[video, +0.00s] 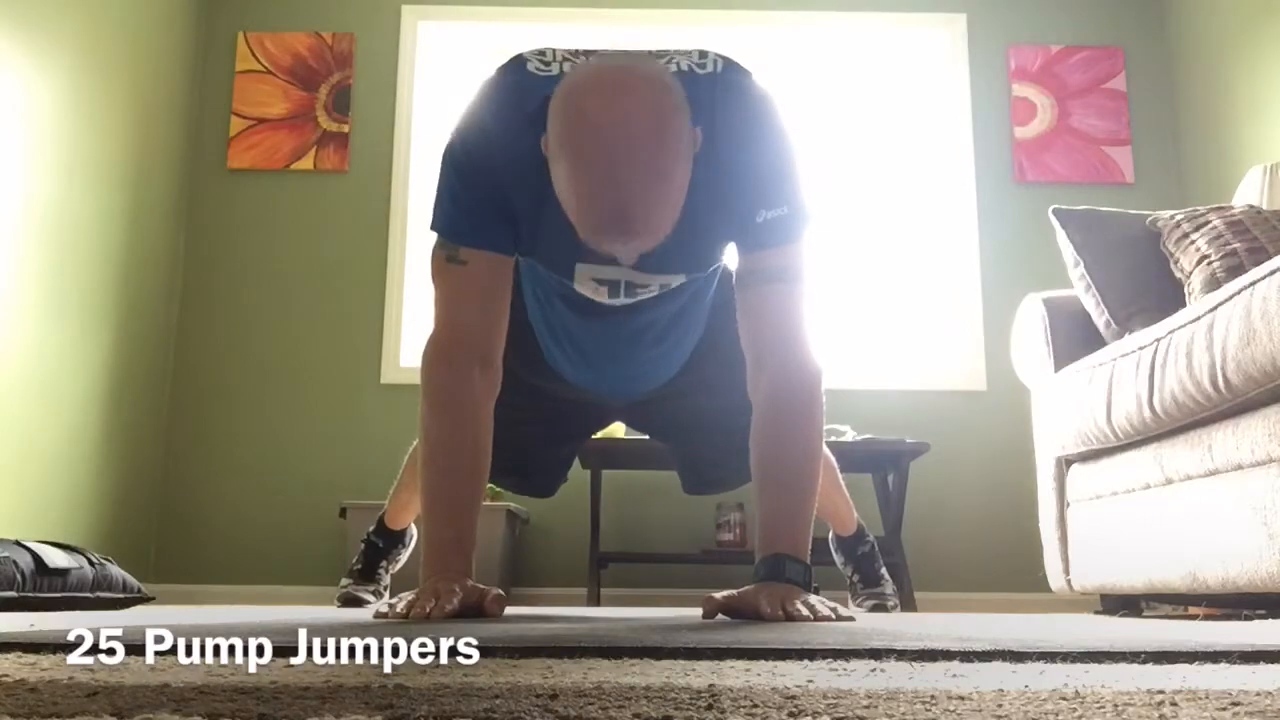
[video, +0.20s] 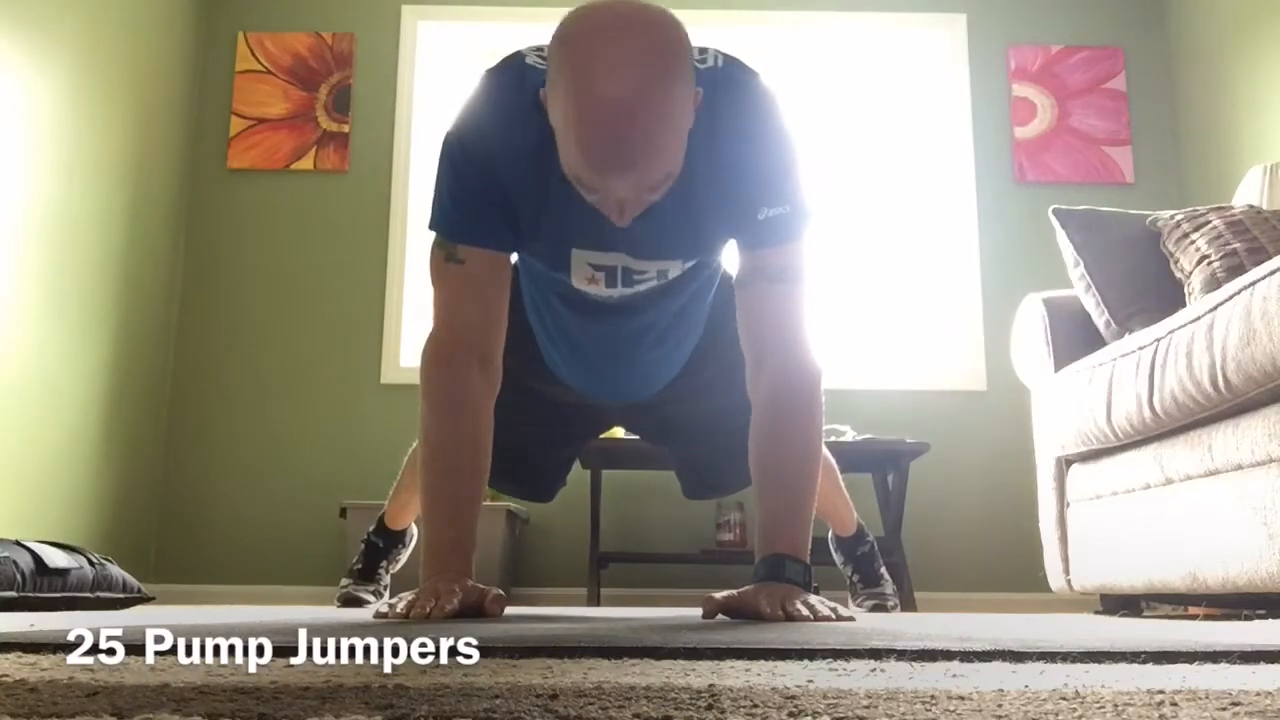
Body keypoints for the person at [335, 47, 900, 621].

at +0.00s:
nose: (623, 270)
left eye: (649, 251)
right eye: (598, 250)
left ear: (694, 144)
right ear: (549, 157)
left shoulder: (743, 121)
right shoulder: (493, 133)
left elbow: (784, 369)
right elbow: (461, 360)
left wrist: (780, 573)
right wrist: (447, 577)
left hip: (693, 317)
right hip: (538, 315)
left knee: (787, 436)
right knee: (457, 422)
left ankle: (857, 544)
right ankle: (386, 536)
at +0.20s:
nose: (620, 211)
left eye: (649, 189)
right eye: (593, 188)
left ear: (693, 104)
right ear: (550, 106)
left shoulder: (745, 119)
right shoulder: (493, 125)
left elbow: (782, 365)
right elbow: (460, 357)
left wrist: (784, 576)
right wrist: (444, 580)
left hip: (690, 325)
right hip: (540, 322)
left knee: (788, 444)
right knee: (453, 438)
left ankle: (859, 552)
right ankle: (385, 549)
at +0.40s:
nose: (621, 194)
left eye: (652, 163)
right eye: (589, 164)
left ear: (693, 93)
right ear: (549, 95)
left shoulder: (745, 116)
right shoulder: (492, 125)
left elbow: (783, 365)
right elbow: (459, 358)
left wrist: (784, 576)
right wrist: (445, 579)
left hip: (692, 324)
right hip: (541, 321)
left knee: (789, 447)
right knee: (451, 442)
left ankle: (858, 551)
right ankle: (384, 548)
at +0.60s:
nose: (620, 188)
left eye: (654, 153)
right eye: (588, 149)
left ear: (695, 95)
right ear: (550, 92)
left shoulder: (748, 131)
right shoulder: (492, 137)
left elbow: (785, 368)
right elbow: (457, 365)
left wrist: (783, 576)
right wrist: (445, 581)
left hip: (691, 335)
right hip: (539, 332)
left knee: (792, 450)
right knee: (447, 447)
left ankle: (859, 551)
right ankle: (382, 551)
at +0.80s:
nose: (623, 235)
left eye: (657, 199)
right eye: (591, 198)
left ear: (700, 179)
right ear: (554, 179)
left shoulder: (761, 233)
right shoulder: (479, 234)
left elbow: (797, 402)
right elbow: (440, 408)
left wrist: (779, 573)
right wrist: (447, 582)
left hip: (704, 420)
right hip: (532, 419)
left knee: (801, 469)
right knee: (435, 462)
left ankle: (859, 540)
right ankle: (380, 532)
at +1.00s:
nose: (627, 410)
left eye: (659, 369)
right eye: (596, 369)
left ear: (713, 344)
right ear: (547, 342)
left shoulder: (789, 369)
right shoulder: (462, 360)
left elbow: (825, 427)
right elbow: (418, 432)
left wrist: (781, 572)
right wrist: (448, 578)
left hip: (714, 530)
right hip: (525, 529)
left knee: (830, 521)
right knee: (417, 516)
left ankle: (860, 544)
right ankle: (369, 534)